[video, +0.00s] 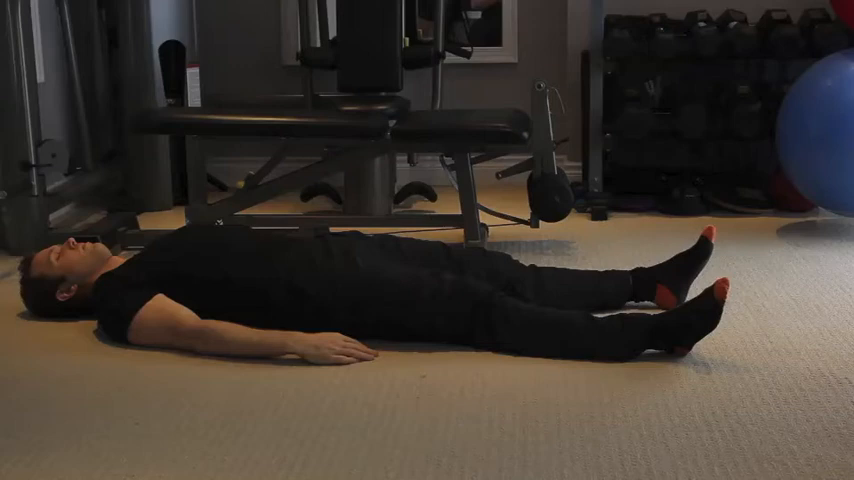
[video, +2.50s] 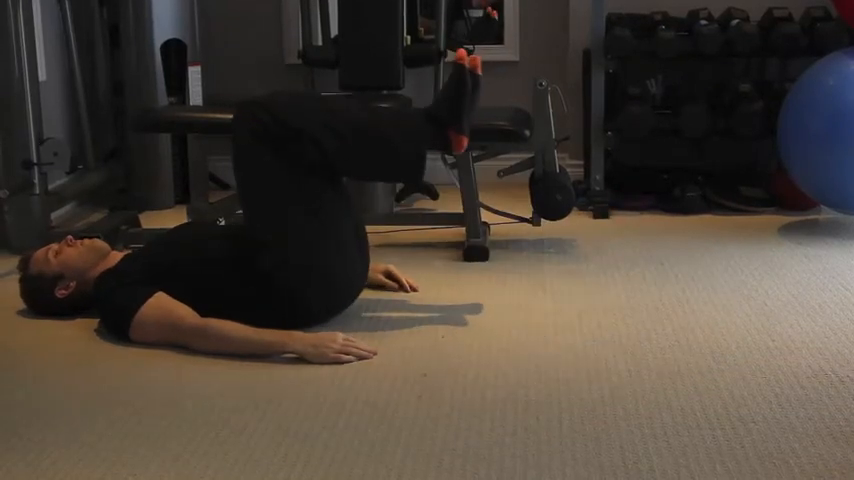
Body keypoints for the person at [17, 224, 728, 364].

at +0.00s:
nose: (67, 243)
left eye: (59, 244)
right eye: (57, 258)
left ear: (80, 239)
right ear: (68, 287)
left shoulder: (149, 248)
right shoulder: (118, 294)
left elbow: (249, 248)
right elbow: (197, 336)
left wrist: (330, 239)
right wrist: (295, 344)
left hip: (351, 249)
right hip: (337, 285)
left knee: (493, 266)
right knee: (486, 308)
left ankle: (644, 287)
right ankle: (657, 336)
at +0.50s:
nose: (66, 243)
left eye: (58, 245)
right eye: (56, 257)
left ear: (79, 241)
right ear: (67, 286)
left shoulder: (149, 248)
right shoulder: (119, 295)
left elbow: (248, 245)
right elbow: (200, 336)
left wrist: (330, 237)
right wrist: (297, 345)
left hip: (349, 249)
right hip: (335, 285)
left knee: (489, 264)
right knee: (483, 306)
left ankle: (642, 287)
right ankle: (657, 337)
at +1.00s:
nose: (72, 244)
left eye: (64, 243)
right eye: (61, 260)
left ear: (85, 239)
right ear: (71, 291)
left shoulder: (156, 246)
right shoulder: (118, 295)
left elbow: (254, 243)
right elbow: (198, 333)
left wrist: (333, 226)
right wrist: (297, 344)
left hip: (353, 236)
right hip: (332, 280)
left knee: (489, 233)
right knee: (479, 302)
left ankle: (636, 284)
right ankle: (656, 335)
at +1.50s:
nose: (81, 239)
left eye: (72, 239)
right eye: (68, 255)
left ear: (91, 242)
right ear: (77, 287)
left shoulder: (150, 251)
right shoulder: (128, 298)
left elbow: (243, 247)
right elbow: (209, 335)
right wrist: (312, 344)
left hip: (330, 242)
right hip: (325, 288)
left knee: (395, 129)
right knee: (441, 193)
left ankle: (530, 213)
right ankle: (585, 286)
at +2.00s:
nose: (73, 236)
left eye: (61, 237)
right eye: (58, 249)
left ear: (83, 245)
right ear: (66, 287)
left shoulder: (144, 251)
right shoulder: (116, 299)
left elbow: (247, 247)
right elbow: (199, 331)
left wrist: (356, 275)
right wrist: (304, 343)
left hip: (315, 270)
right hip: (293, 291)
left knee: (285, 114)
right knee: (273, 118)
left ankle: (447, 121)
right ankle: (445, 129)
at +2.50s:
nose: (70, 235)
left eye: (60, 237)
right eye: (57, 250)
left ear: (81, 245)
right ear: (67, 287)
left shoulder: (143, 250)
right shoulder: (117, 298)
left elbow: (245, 251)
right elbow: (200, 332)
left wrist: (356, 273)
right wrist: (303, 344)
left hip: (314, 265)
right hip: (297, 288)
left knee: (274, 119)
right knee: (260, 121)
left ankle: (431, 125)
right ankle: (433, 132)